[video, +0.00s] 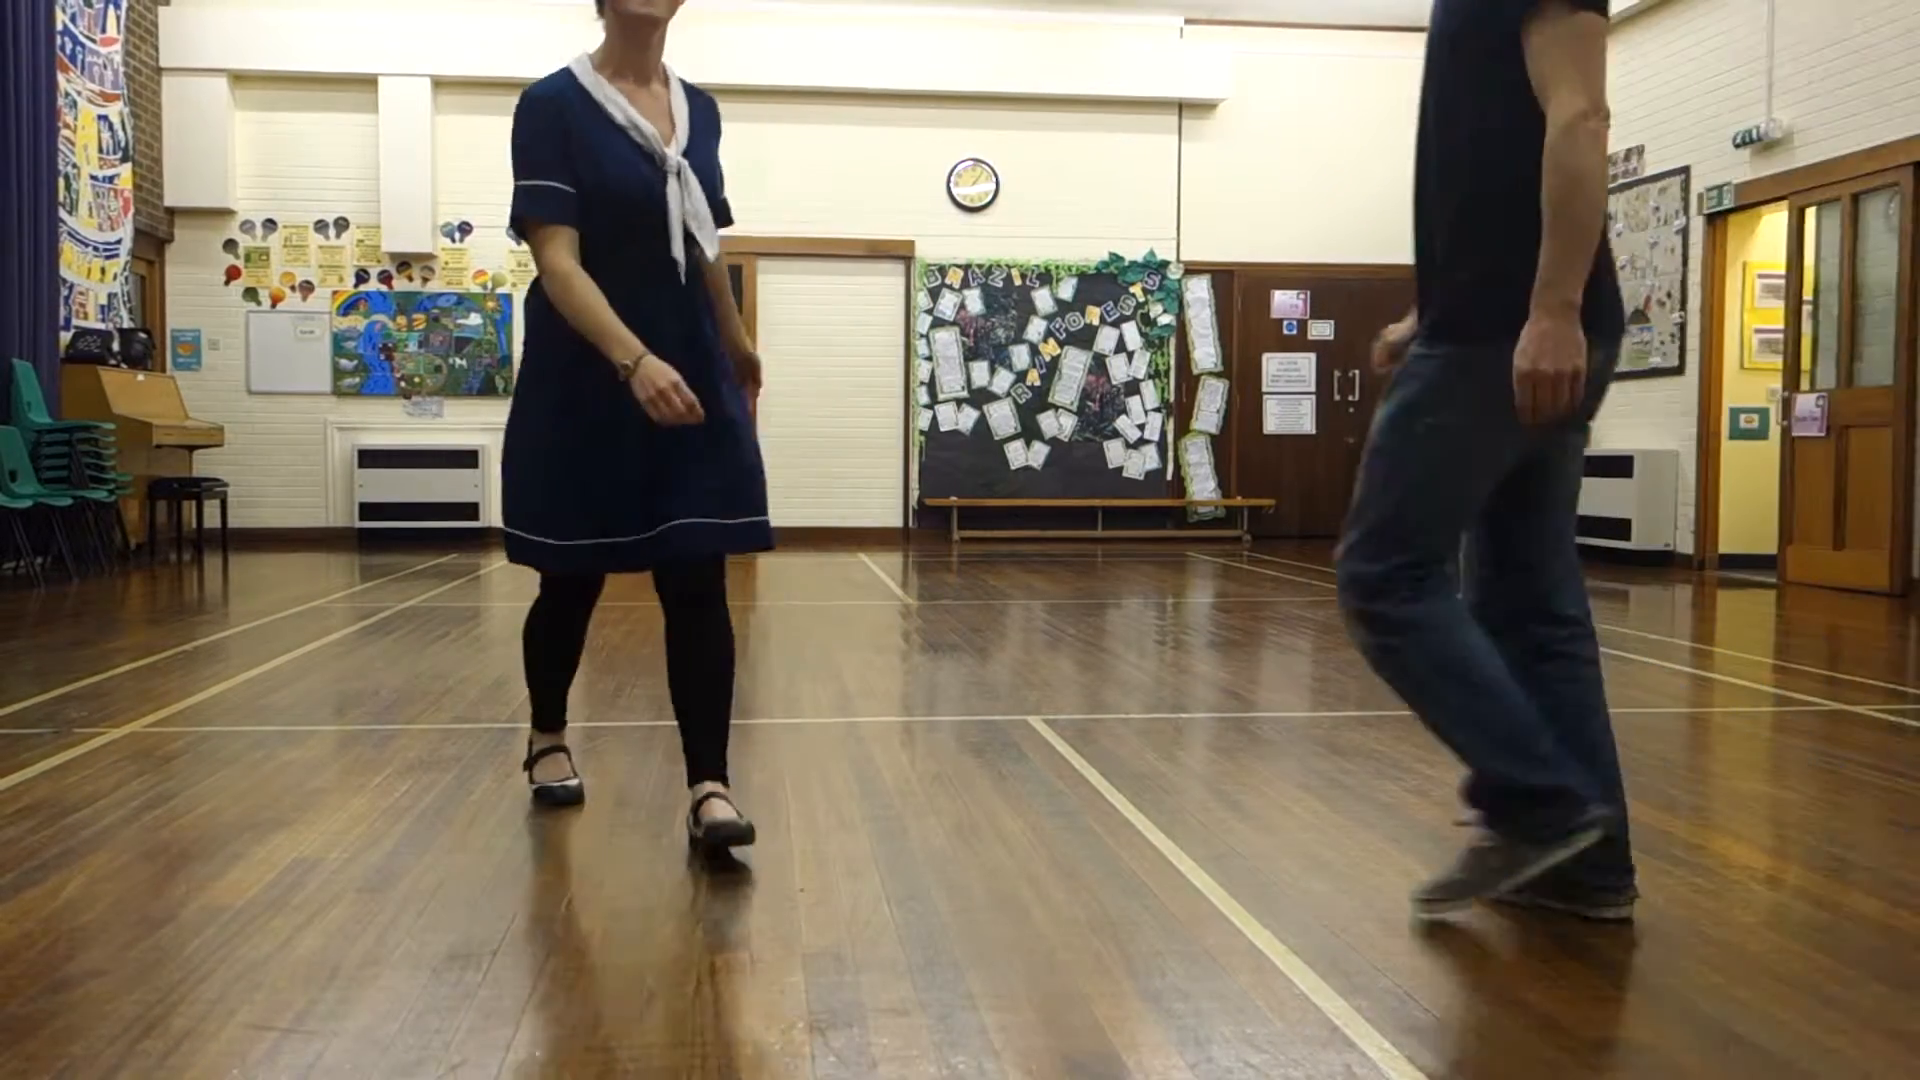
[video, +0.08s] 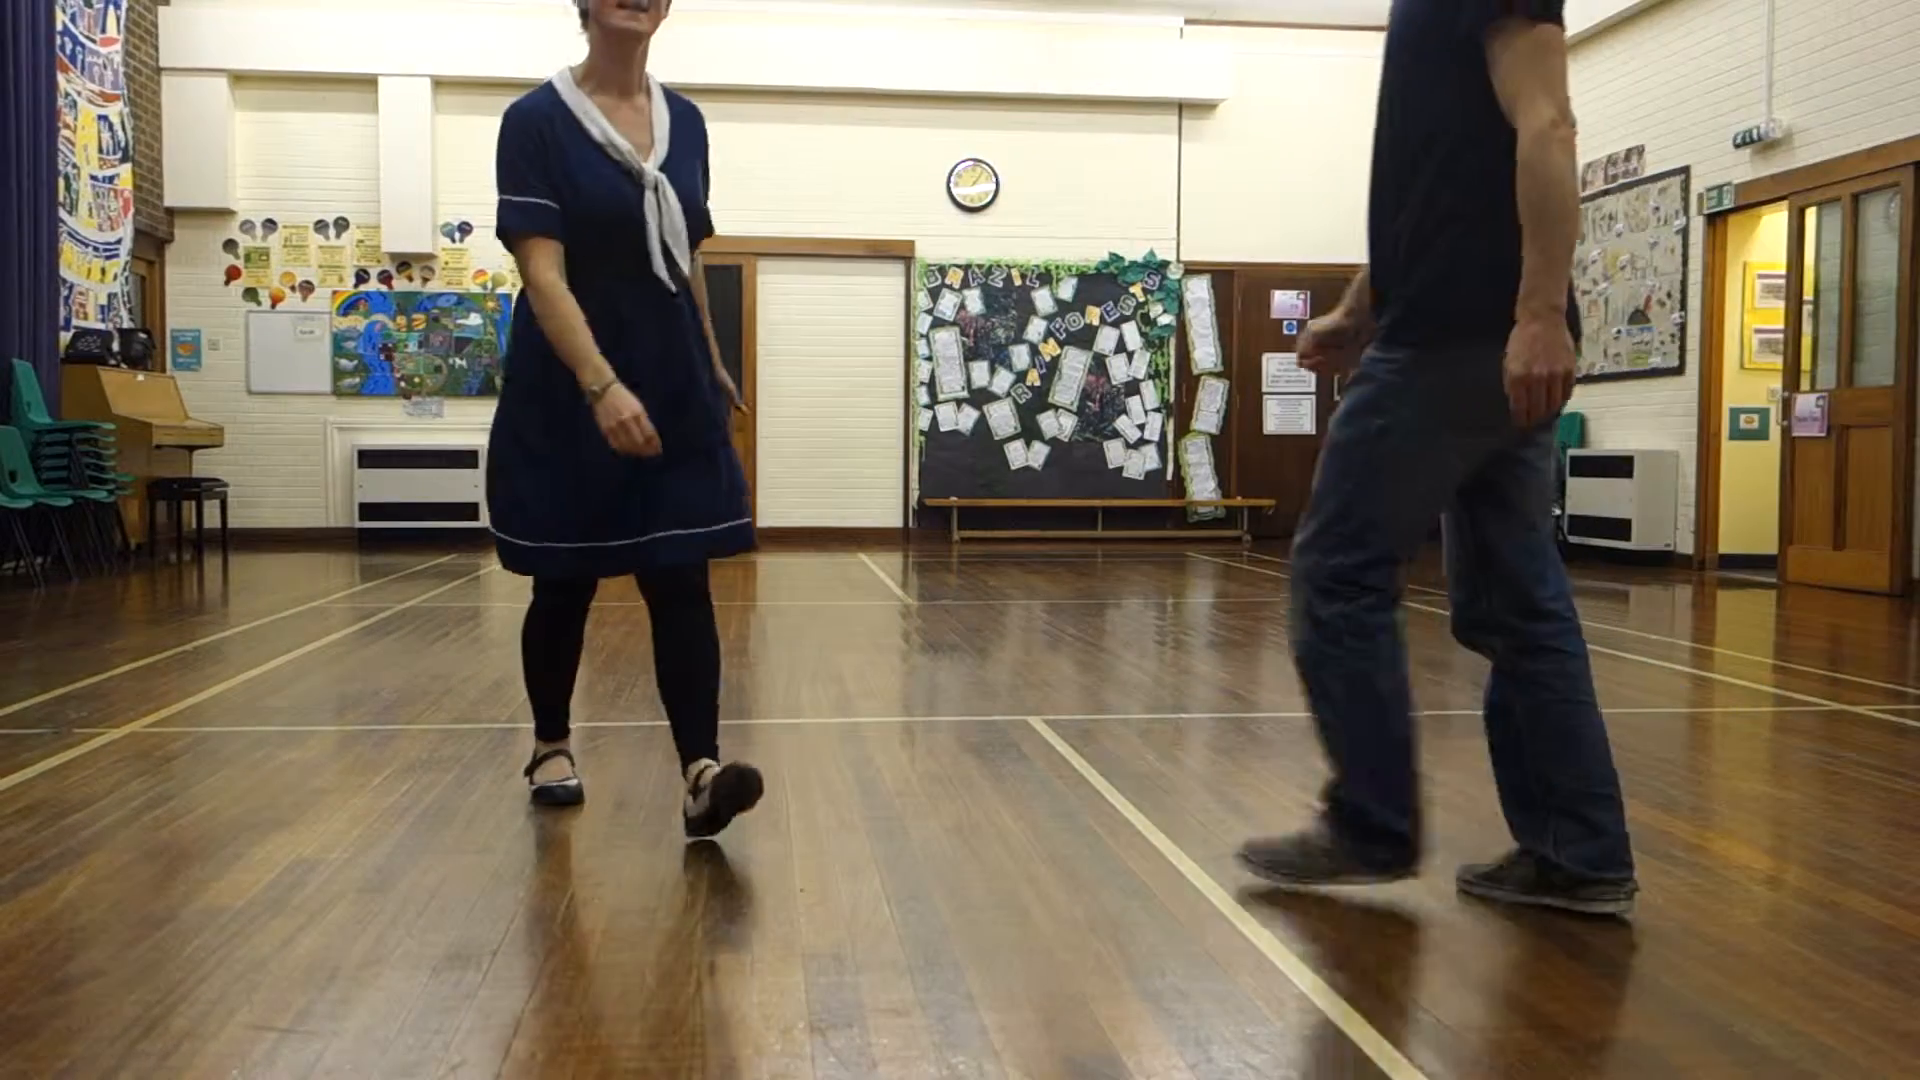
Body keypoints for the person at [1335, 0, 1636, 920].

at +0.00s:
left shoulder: (1547, 7)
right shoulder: (1474, 20)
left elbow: (1582, 121)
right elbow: (1505, 162)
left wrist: (1555, 309)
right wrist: (1431, 316)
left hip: (1490, 337)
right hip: (1538, 336)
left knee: (1384, 580)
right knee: (1534, 601)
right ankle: (1593, 860)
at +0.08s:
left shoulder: (1503, 6)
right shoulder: (1433, 20)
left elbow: (1549, 127)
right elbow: (1450, 169)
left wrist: (1542, 313)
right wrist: (1362, 309)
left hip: (1447, 338)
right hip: (1496, 336)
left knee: (1337, 574)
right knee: (1518, 606)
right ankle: (1580, 855)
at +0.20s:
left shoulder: (1410, 8)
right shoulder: (1371, 23)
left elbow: (1461, 152)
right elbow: (1371, 196)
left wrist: (1472, 341)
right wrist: (1266, 313)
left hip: (1377, 365)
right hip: (1430, 362)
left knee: (1287, 595)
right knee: (1479, 614)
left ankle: (1215, 803)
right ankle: (1574, 842)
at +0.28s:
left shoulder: (1347, 12)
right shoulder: (1333, 24)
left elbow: (1392, 184)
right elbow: (1326, 205)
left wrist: (1387, 361)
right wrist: (1243, 323)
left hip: (1310, 379)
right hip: (1379, 378)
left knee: (1232, 600)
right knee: (1417, 610)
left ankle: (1216, 814)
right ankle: (1553, 813)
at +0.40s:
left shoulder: (1265, 20)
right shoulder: (1301, 25)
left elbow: (1276, 199)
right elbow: (1292, 211)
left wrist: (1224, 363)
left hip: (1251, 365)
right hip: (1309, 366)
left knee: (1182, 594)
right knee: (1256, 585)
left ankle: (1213, 816)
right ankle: (1419, 721)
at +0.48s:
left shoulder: (1230, 18)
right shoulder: (1250, 23)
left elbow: (1211, 193)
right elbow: (1240, 203)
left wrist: (1128, 339)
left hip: (1219, 344)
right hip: (1256, 341)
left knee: (1171, 588)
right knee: (1187, 569)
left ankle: (1214, 813)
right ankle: (1308, 717)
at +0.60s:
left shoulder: (1176, 18)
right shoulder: (1182, 25)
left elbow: (1147, 189)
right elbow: (1164, 197)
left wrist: (1024, 290)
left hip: (1171, 344)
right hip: (1176, 340)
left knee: (1160, 582)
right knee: (1089, 552)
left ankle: (1219, 815)